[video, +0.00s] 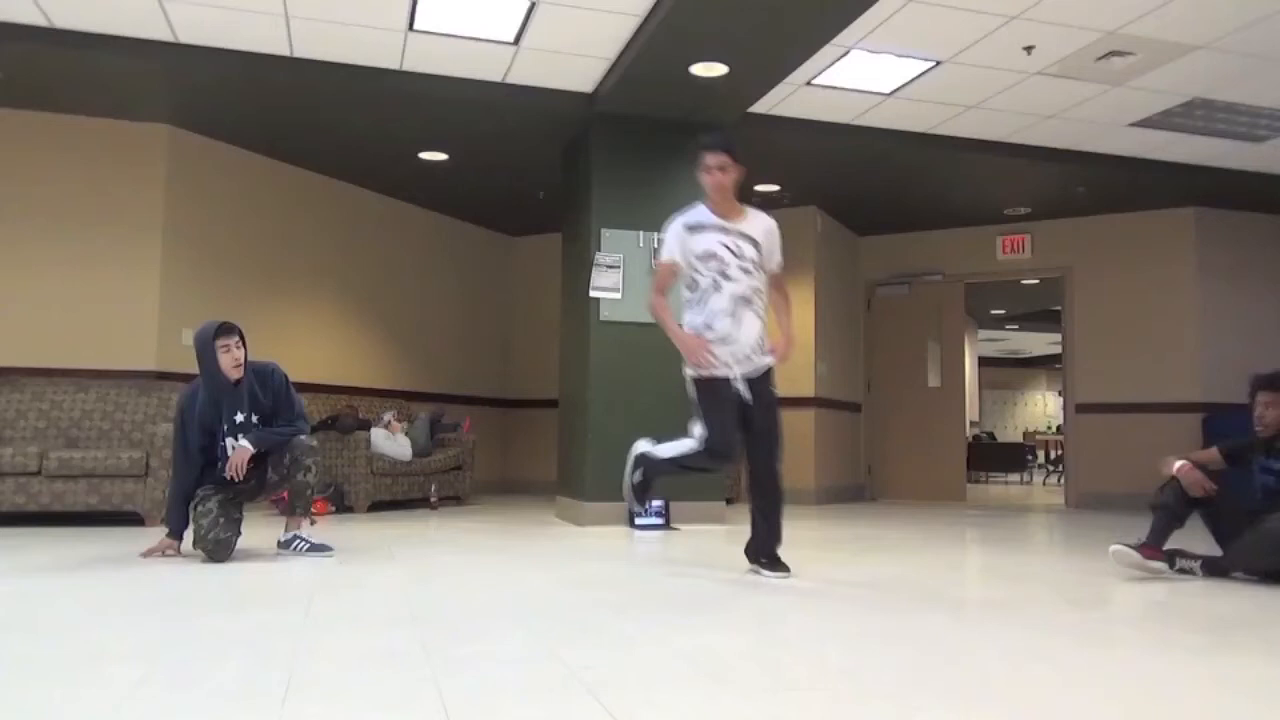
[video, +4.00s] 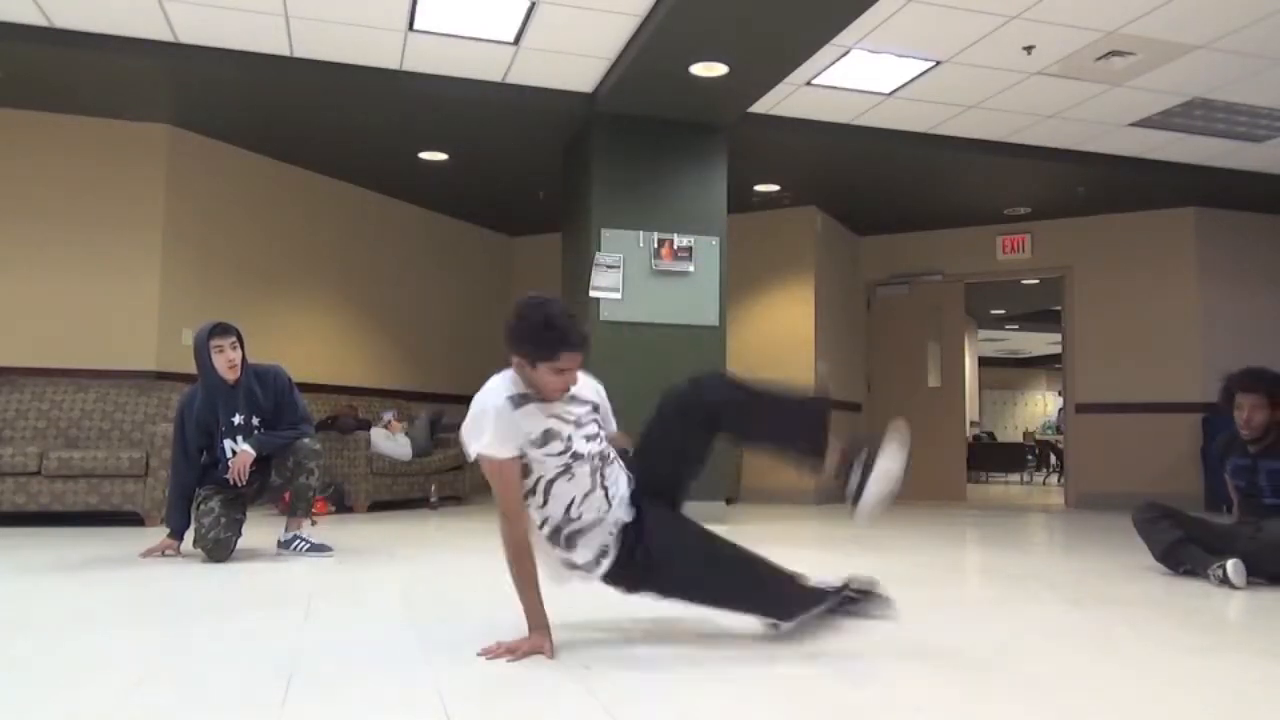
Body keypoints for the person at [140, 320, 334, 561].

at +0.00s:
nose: (237, 355)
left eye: (239, 346)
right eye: (225, 350)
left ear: (245, 348)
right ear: (208, 358)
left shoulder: (268, 377)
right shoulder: (193, 401)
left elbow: (299, 426)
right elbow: (185, 470)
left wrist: (251, 442)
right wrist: (174, 534)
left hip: (262, 474)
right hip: (217, 488)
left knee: (303, 449)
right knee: (216, 550)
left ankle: (292, 534)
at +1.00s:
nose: (235, 352)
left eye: (238, 344)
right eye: (224, 347)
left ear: (245, 347)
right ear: (207, 356)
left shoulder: (272, 378)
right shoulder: (194, 402)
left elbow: (301, 427)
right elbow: (184, 470)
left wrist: (253, 444)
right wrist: (174, 534)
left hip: (263, 475)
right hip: (217, 488)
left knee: (306, 450)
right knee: (216, 549)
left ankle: (292, 534)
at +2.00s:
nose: (232, 356)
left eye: (235, 347)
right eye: (220, 351)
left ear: (243, 349)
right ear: (206, 359)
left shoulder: (271, 379)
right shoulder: (194, 403)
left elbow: (302, 428)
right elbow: (184, 470)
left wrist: (252, 445)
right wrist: (174, 535)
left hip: (264, 476)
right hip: (219, 489)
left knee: (306, 450)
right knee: (216, 549)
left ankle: (292, 534)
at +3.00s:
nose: (232, 356)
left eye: (236, 348)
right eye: (221, 351)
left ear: (244, 350)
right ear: (206, 359)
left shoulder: (272, 379)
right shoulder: (194, 402)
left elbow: (302, 428)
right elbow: (184, 470)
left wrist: (253, 445)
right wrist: (174, 535)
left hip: (264, 476)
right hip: (219, 489)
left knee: (307, 449)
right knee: (215, 549)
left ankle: (292, 534)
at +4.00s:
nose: (230, 356)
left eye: (234, 347)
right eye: (219, 351)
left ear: (242, 350)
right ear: (205, 359)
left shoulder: (272, 380)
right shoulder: (193, 404)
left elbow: (304, 429)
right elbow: (184, 470)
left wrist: (254, 446)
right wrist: (174, 535)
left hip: (265, 477)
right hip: (219, 488)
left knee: (308, 450)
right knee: (215, 549)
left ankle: (292, 534)